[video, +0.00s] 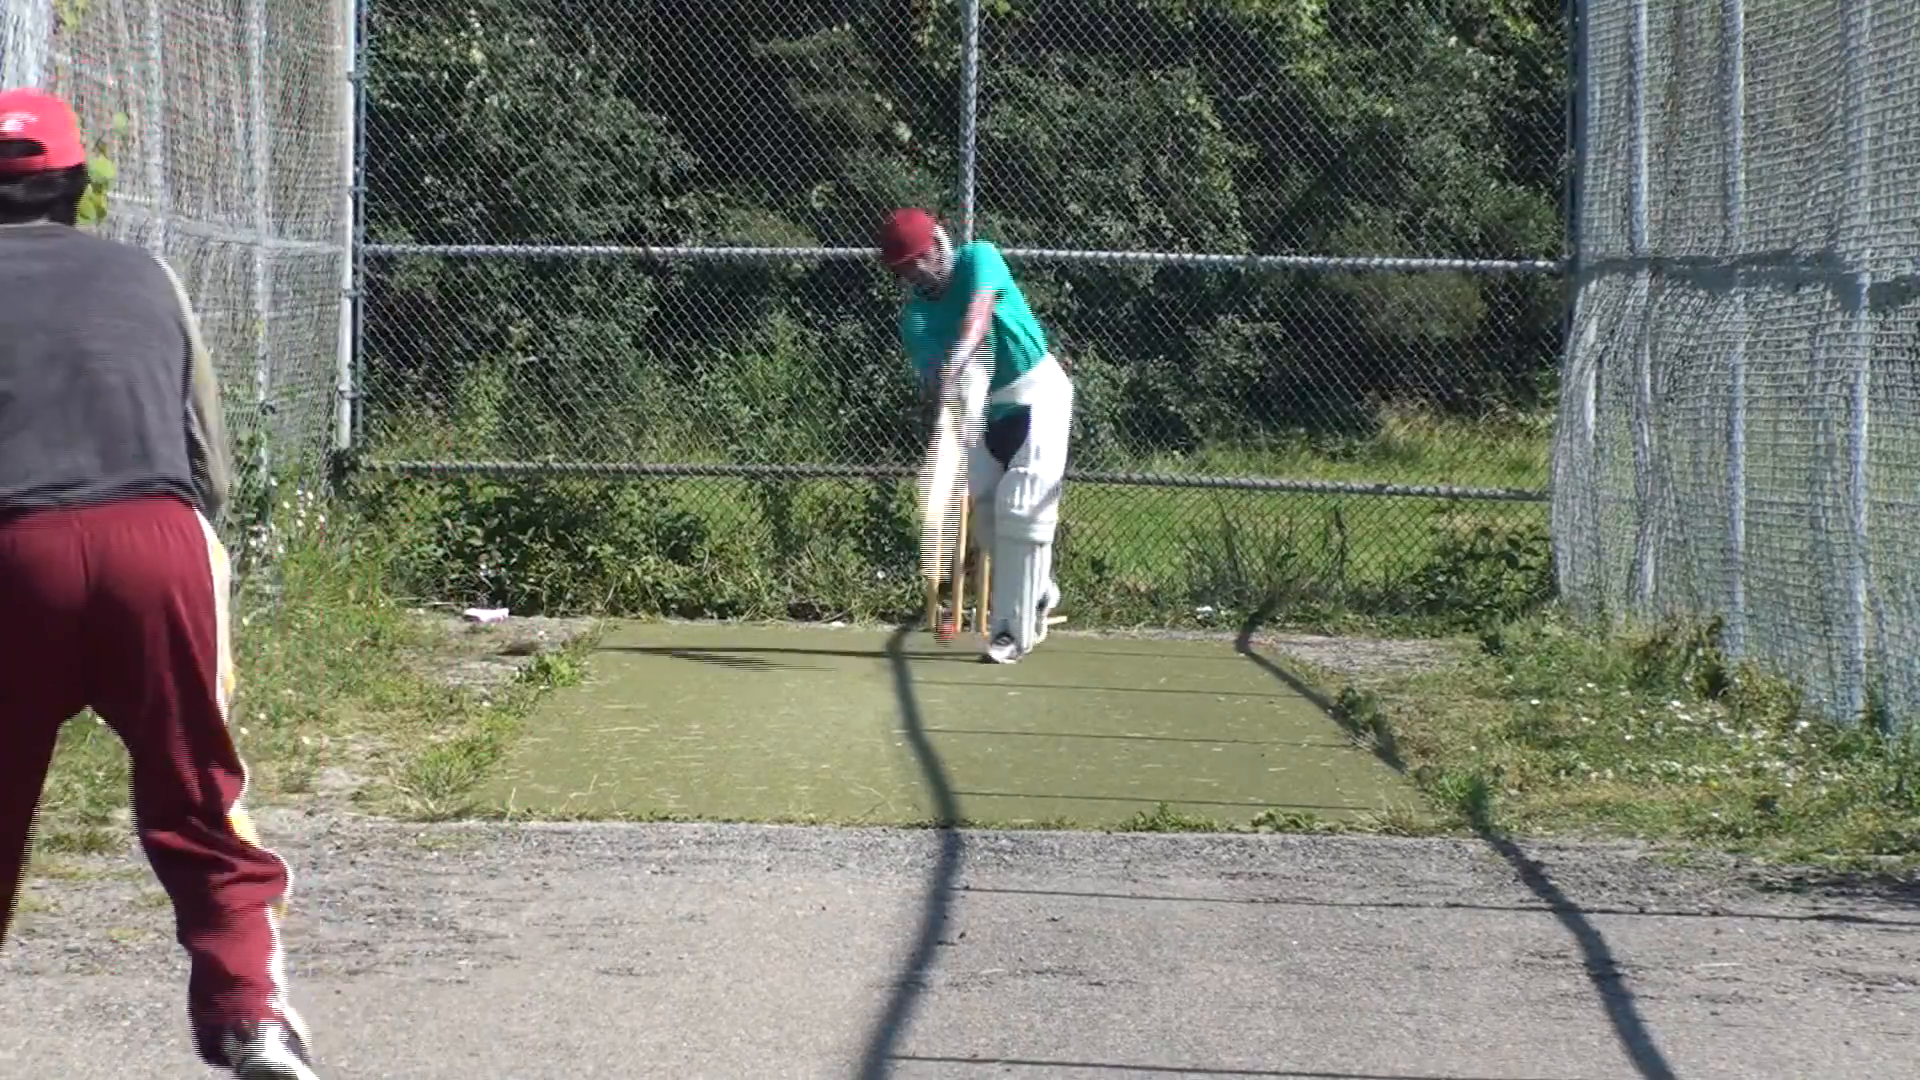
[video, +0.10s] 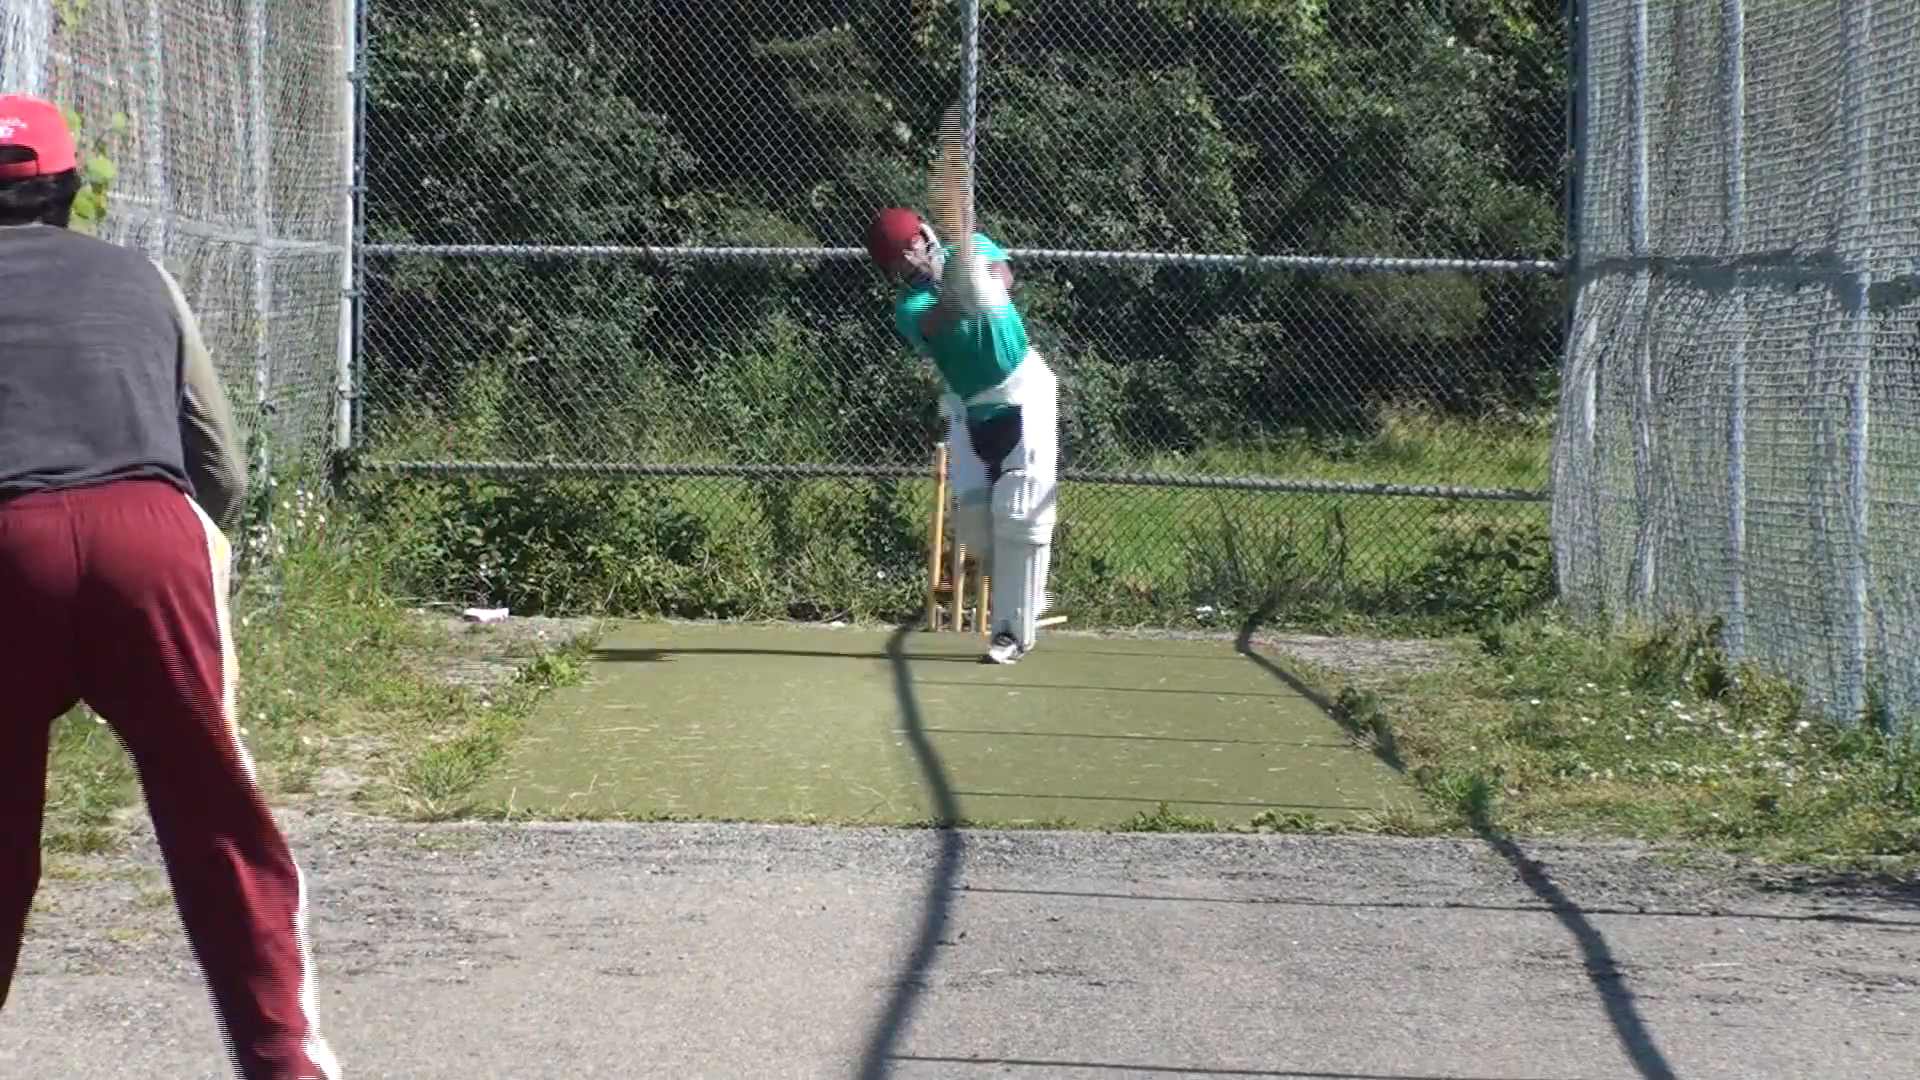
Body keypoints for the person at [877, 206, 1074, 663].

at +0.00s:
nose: (913, 274)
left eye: (918, 260)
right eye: (903, 269)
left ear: (939, 243)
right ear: (898, 272)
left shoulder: (979, 257)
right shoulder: (916, 319)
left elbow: (980, 310)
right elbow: (935, 380)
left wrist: (961, 355)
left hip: (1036, 392)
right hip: (983, 410)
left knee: (1021, 509)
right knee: (982, 508)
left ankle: (1011, 632)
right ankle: (1037, 593)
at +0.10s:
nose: (912, 261)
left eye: (913, 247)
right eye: (899, 259)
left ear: (926, 236)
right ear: (892, 269)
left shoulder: (971, 247)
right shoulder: (909, 307)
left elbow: (1004, 276)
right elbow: (938, 322)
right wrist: (954, 292)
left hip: (1023, 391)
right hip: (970, 407)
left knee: (1020, 516)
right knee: (970, 516)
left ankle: (1012, 632)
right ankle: (1025, 593)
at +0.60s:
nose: (860, 319)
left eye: (866, 307)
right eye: (853, 311)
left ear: (893, 286)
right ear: (851, 308)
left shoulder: (948, 312)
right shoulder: (865, 349)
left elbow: (979, 382)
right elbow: (879, 416)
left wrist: (936, 430)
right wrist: (888, 458)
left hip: (970, 441)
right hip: (912, 451)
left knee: (982, 562)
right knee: (899, 540)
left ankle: (976, 626)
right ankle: (873, 641)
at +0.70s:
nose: (866, 316)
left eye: (870, 302)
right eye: (857, 309)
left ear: (896, 281)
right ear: (857, 305)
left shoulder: (953, 308)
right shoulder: (874, 347)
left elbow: (983, 381)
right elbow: (887, 417)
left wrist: (934, 427)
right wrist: (883, 456)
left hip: (980, 438)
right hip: (921, 447)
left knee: (981, 556)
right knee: (902, 537)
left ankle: (1012, 622)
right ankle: (873, 643)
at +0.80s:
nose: (884, 290)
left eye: (889, 278)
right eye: (878, 283)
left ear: (916, 265)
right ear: (883, 283)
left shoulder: (968, 298)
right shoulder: (900, 330)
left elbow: (995, 372)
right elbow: (906, 398)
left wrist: (942, 413)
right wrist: (897, 436)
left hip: (995, 430)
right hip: (934, 436)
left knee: (981, 549)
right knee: (902, 528)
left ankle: (1038, 629)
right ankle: (874, 639)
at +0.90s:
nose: (910, 271)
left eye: (913, 258)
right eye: (906, 261)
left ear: (941, 251)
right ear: (933, 256)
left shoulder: (985, 286)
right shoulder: (939, 311)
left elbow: (1007, 359)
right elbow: (945, 383)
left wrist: (950, 406)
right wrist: (916, 430)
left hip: (1015, 423)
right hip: (966, 425)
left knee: (980, 557)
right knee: (916, 524)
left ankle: (1053, 640)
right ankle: (871, 632)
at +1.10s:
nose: (966, 238)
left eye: (970, 228)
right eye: (967, 228)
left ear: (986, 228)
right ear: (1013, 230)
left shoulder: (1000, 265)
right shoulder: (1035, 272)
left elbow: (1007, 336)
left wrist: (969, 392)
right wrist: (985, 402)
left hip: (1036, 415)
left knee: (988, 528)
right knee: (931, 490)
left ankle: (1055, 644)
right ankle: (940, 632)